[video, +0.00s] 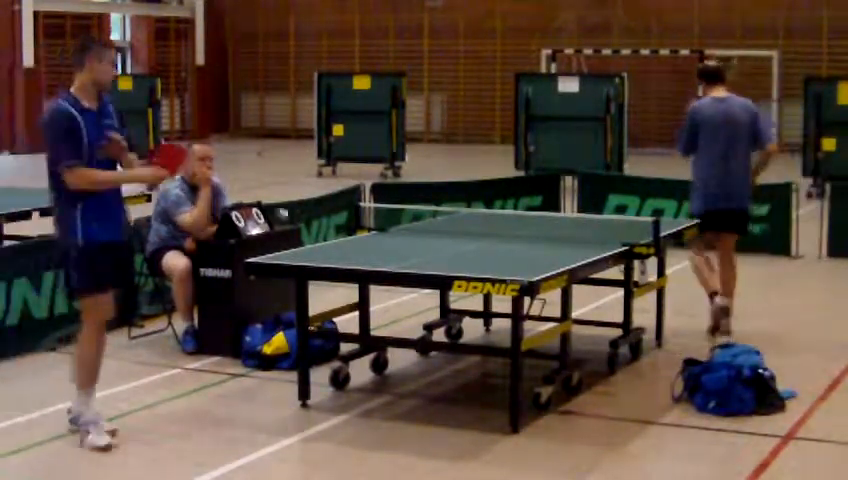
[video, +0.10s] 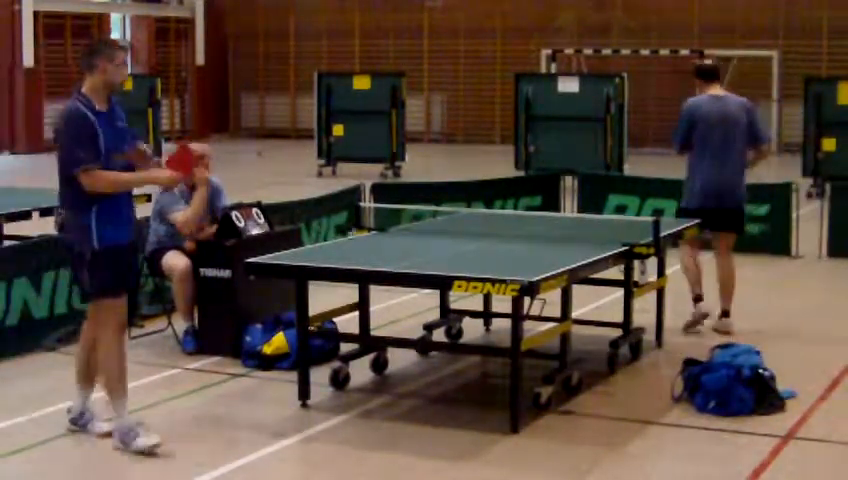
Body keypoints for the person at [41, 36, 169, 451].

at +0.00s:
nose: (114, 72)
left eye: (114, 64)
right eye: (109, 63)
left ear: (101, 66)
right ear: (87, 64)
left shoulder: (107, 108)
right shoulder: (61, 114)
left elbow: (130, 166)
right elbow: (71, 177)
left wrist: (123, 153)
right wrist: (134, 175)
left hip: (111, 228)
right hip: (82, 232)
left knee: (100, 317)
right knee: (95, 316)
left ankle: (84, 405)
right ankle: (84, 408)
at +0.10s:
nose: (126, 73)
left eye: (125, 66)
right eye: (121, 66)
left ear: (108, 68)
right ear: (100, 67)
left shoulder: (113, 110)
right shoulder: (75, 116)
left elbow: (129, 158)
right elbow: (89, 179)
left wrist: (156, 163)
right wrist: (149, 177)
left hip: (118, 232)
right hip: (95, 237)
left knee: (100, 318)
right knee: (114, 320)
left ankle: (82, 408)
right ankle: (122, 424)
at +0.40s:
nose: (165, 74)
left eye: (164, 67)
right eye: (161, 67)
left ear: (139, 68)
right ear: (147, 69)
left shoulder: (145, 114)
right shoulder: (121, 120)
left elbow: (151, 178)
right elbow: (120, 192)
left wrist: (180, 209)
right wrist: (174, 214)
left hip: (156, 238)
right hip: (139, 242)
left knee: (149, 330)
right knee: (151, 332)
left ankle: (98, 394)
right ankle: (168, 428)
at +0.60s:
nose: (191, 75)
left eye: (190, 67)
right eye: (189, 67)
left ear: (163, 67)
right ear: (177, 68)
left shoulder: (167, 113)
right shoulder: (151, 118)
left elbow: (176, 175)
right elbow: (147, 189)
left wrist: (203, 201)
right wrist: (199, 218)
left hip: (183, 233)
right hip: (159, 239)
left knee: (211, 310)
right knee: (162, 324)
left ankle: (159, 390)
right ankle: (167, 426)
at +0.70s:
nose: (206, 76)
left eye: (205, 68)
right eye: (203, 68)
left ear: (180, 68)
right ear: (191, 68)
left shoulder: (178, 114)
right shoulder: (166, 117)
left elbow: (178, 186)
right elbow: (165, 190)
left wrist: (211, 211)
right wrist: (217, 216)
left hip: (192, 235)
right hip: (168, 239)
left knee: (221, 306)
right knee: (172, 322)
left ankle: (207, 414)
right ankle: (168, 429)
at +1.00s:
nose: (246, 76)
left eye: (244, 68)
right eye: (243, 68)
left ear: (215, 67)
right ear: (233, 68)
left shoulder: (220, 113)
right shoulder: (207, 117)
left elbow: (213, 188)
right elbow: (204, 189)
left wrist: (248, 216)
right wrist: (255, 214)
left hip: (232, 244)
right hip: (211, 247)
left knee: (245, 325)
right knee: (221, 333)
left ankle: (247, 422)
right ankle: (176, 421)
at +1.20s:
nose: (264, 74)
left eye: (263, 66)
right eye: (262, 66)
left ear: (231, 65)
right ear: (252, 67)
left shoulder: (223, 107)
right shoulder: (232, 113)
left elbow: (222, 183)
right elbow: (227, 186)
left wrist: (270, 220)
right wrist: (280, 219)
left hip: (233, 242)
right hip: (241, 245)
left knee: (246, 330)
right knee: (273, 324)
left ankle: (248, 426)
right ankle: (229, 430)